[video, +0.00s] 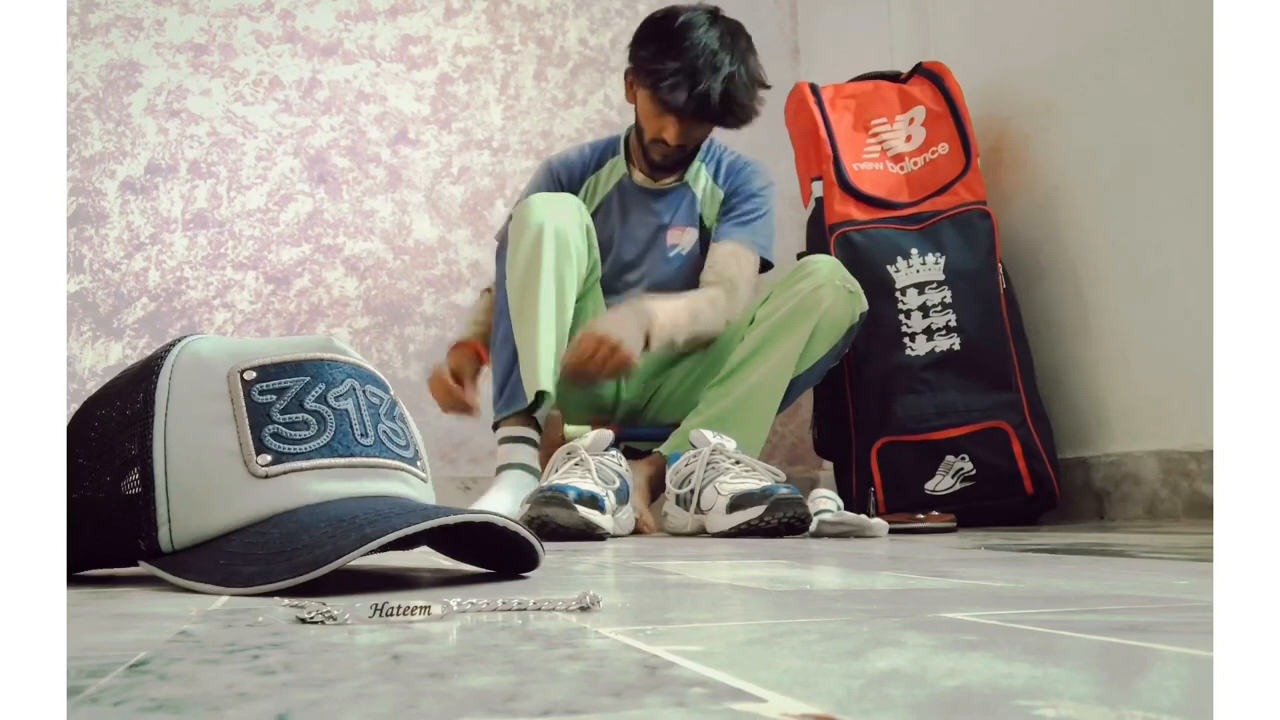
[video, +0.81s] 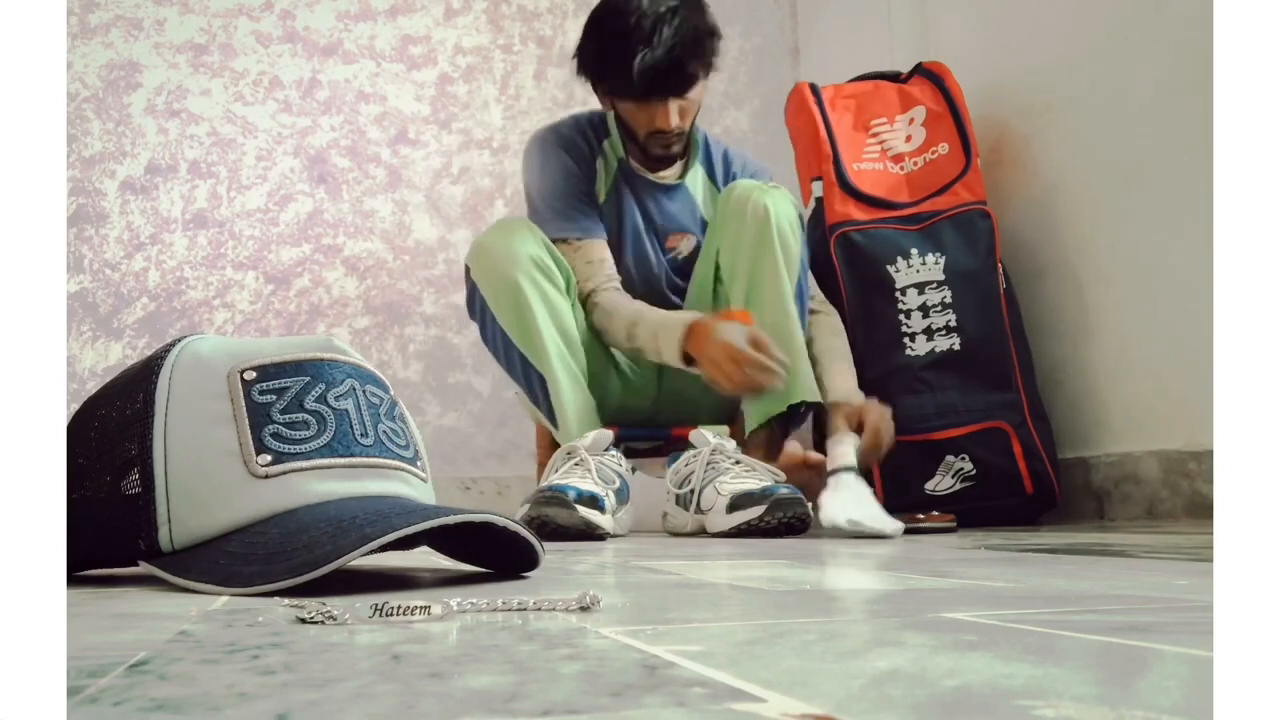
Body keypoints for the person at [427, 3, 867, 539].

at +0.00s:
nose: (674, 135)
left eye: (696, 121)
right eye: (664, 108)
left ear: (722, 116)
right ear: (633, 88)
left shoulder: (740, 183)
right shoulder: (566, 176)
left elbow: (726, 298)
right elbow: (506, 286)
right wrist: (475, 341)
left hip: (678, 384)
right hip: (579, 379)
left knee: (830, 281)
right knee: (546, 210)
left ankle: (698, 461)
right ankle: (520, 461)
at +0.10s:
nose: (659, 123)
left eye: (678, 105)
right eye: (644, 99)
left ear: (701, 99)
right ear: (612, 89)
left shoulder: (730, 175)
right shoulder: (556, 178)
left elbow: (775, 281)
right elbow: (473, 315)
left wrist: (736, 212)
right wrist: (444, 277)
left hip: (689, 371)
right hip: (587, 363)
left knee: (821, 277)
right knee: (528, 205)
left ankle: (681, 467)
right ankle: (524, 460)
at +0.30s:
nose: (614, 145)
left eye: (628, 126)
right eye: (596, 129)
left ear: (655, 115)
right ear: (571, 122)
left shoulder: (698, 206)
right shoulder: (550, 193)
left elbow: (751, 294)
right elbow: (453, 275)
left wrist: (825, 252)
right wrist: (486, 200)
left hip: (691, 387)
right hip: (588, 384)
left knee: (737, 202)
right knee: (547, 196)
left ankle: (758, 426)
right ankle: (542, 423)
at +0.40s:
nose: (607, 143)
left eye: (618, 123)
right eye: (589, 128)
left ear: (647, 108)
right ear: (565, 131)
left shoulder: (695, 202)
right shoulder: (553, 205)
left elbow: (758, 287)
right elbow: (455, 309)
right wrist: (465, 235)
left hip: (690, 382)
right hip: (592, 384)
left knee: (751, 208)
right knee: (566, 187)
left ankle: (772, 462)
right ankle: (586, 446)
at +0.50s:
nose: (624, 127)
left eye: (635, 103)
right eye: (602, 112)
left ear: (664, 92)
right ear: (577, 113)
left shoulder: (710, 192)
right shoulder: (543, 192)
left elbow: (784, 298)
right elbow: (470, 327)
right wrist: (455, 238)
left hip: (701, 383)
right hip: (595, 387)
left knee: (775, 214)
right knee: (552, 210)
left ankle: (766, 460)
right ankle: (583, 460)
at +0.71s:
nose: (657, 132)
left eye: (671, 109)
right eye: (636, 113)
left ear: (700, 91)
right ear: (608, 105)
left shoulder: (749, 184)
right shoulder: (569, 154)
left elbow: (817, 326)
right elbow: (565, 302)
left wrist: (844, 440)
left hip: (702, 382)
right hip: (598, 375)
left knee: (772, 208)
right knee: (487, 252)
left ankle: (742, 464)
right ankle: (583, 459)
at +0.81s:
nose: (667, 121)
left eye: (682, 96)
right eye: (644, 100)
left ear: (704, 80)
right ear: (606, 94)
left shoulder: (744, 179)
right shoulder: (561, 151)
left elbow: (812, 306)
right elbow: (602, 299)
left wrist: (844, 402)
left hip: (705, 383)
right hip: (605, 376)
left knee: (759, 200)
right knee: (502, 247)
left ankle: (742, 464)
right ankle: (586, 457)